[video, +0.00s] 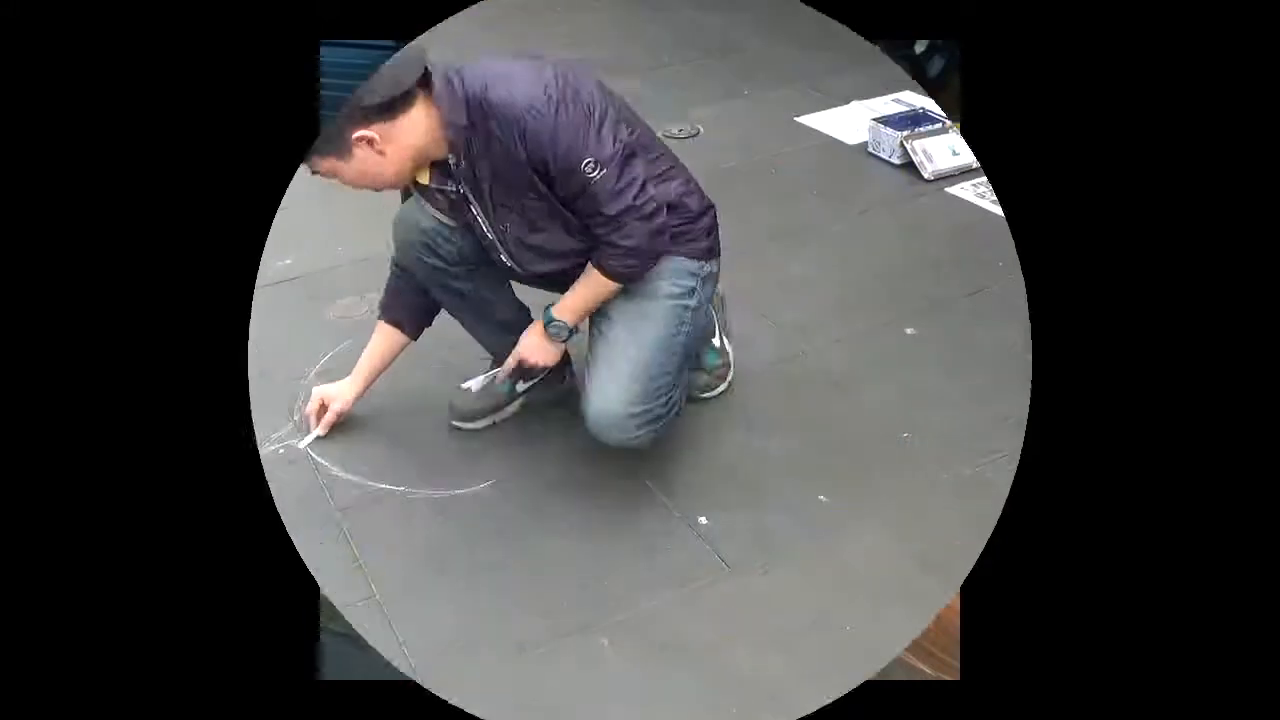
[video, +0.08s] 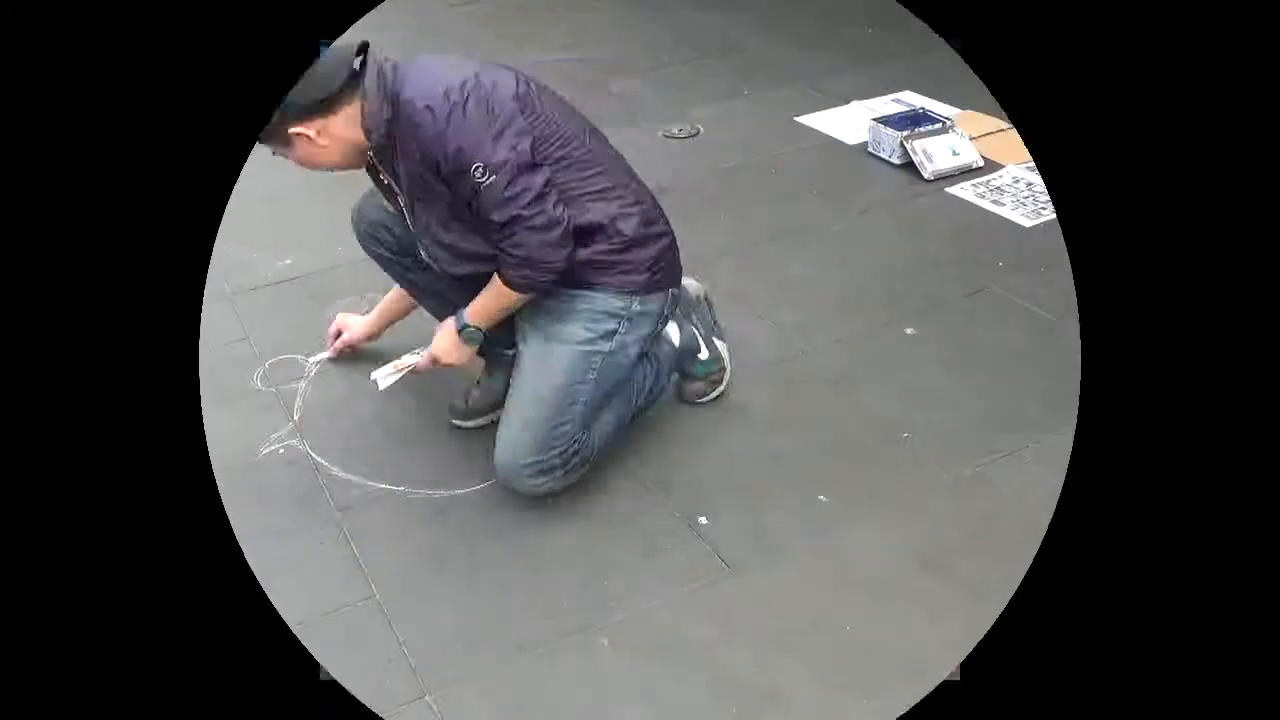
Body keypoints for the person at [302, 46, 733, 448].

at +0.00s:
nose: (352, 187)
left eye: (336, 174)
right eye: (335, 179)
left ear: (367, 143)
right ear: (369, 138)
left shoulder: (537, 107)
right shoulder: (427, 155)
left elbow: (640, 235)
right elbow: (417, 278)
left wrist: (554, 326)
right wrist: (353, 384)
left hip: (662, 247)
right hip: (568, 252)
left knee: (617, 422)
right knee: (421, 228)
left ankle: (698, 320)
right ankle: (529, 363)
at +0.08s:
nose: (301, 166)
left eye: (288, 154)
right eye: (288, 156)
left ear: (310, 133)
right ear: (319, 119)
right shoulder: (390, 127)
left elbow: (540, 249)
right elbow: (454, 241)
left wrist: (466, 328)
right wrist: (374, 321)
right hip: (528, 254)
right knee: (378, 225)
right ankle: (510, 356)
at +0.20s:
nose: (549, 173)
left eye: (550, 158)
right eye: (538, 164)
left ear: (592, 106)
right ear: (591, 104)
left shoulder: (719, 101)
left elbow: (787, 230)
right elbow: (518, 263)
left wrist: (682, 304)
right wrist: (484, 391)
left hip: (745, 259)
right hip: (657, 257)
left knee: (746, 367)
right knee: (561, 214)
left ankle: (715, 355)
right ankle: (628, 358)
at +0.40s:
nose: (609, 48)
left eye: (611, 34)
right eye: (603, 37)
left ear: (661, 11)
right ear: (657, 9)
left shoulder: (782, 61)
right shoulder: (684, 23)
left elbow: (811, 202)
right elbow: (612, 73)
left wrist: (702, 229)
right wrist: (522, 139)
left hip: (816, 210)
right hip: (738, 168)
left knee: (729, 324)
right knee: (611, 123)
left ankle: (790, 317)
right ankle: (645, 267)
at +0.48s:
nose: (465, 174)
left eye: (460, 161)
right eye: (455, 165)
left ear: (503, 126)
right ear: (502, 122)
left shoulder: (644, 94)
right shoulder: (518, 145)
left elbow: (740, 207)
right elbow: (501, 254)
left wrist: (643, 286)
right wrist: (471, 378)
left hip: (729, 226)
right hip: (636, 240)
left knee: (723, 323)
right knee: (520, 218)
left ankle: (708, 327)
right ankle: (622, 326)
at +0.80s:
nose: (479, 178)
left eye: (469, 168)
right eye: (467, 174)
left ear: (499, 126)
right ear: (499, 120)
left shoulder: (643, 109)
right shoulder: (532, 125)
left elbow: (733, 237)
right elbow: (516, 237)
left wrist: (631, 294)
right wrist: (478, 329)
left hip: (739, 233)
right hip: (647, 232)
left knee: (702, 348)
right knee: (526, 207)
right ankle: (610, 321)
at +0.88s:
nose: (479, 180)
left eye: (470, 172)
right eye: (468, 175)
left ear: (502, 137)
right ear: (501, 129)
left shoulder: (645, 111)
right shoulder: (534, 116)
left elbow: (735, 238)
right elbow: (542, 222)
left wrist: (632, 293)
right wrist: (498, 305)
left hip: (740, 233)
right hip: (646, 228)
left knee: (702, 347)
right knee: (524, 201)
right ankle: (607, 320)